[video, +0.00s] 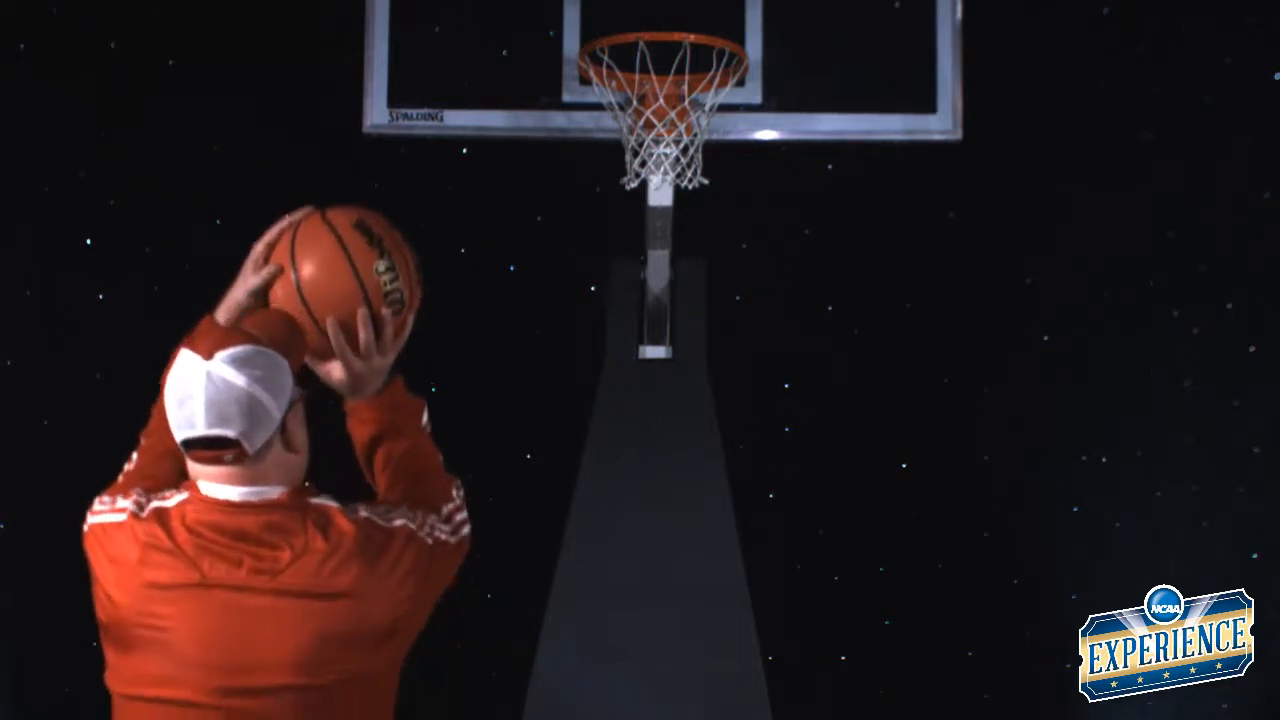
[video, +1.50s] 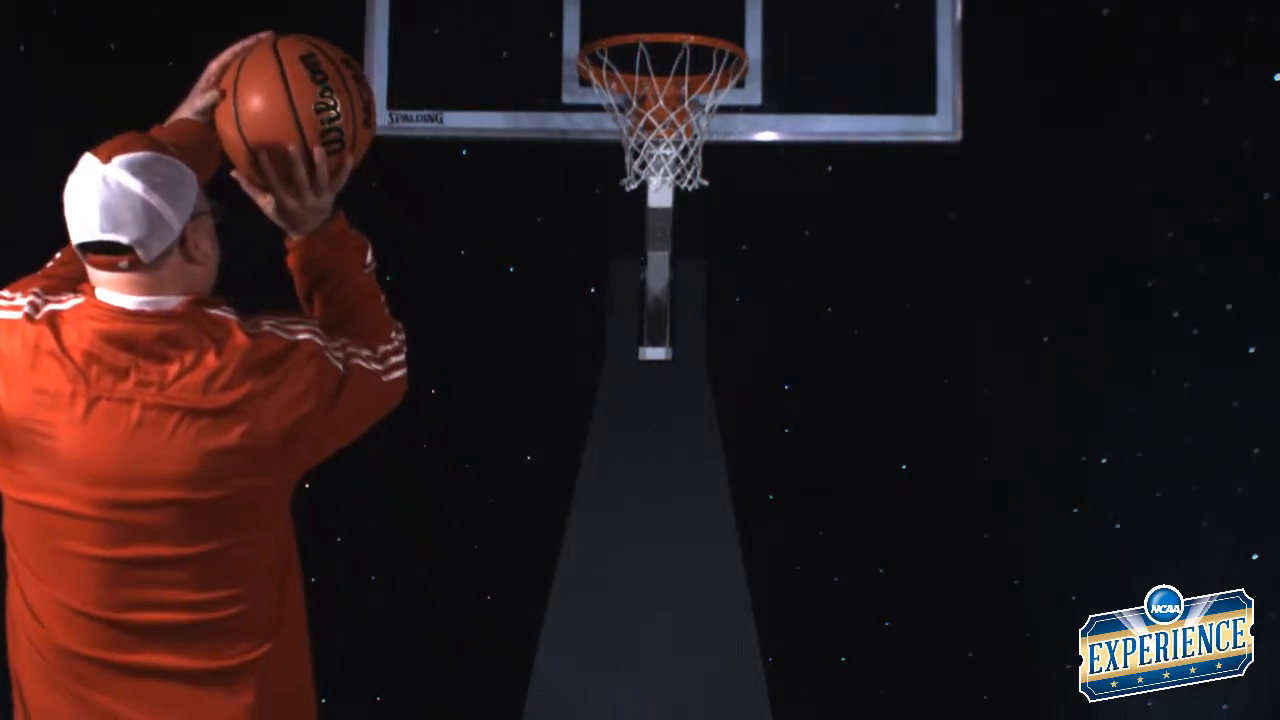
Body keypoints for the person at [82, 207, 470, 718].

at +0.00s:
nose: (303, 411)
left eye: (297, 401)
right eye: (298, 404)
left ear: (179, 429)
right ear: (290, 431)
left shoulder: (118, 549)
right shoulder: (375, 563)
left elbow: (163, 438)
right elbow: (441, 518)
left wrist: (218, 326)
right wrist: (377, 397)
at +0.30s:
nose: (284, 361)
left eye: (277, 351)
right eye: (278, 354)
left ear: (163, 387)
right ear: (270, 384)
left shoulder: (100, 501)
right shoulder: (351, 517)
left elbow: (150, 378)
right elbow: (431, 470)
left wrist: (215, 266)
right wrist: (368, 349)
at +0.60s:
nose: (268, 313)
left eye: (261, 303)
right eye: (260, 305)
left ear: (144, 332)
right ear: (251, 334)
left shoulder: (78, 443)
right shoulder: (329, 463)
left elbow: (136, 320)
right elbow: (420, 428)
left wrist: (209, 212)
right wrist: (357, 306)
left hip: (107, 709)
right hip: (296, 708)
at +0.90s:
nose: (250, 274)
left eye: (243, 265)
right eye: (242, 268)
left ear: (129, 299)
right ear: (233, 297)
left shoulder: (58, 402)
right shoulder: (309, 427)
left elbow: (121, 282)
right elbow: (411, 401)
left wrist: (198, 178)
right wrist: (347, 277)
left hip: (93, 707)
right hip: (278, 706)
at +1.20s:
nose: (230, 244)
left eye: (224, 233)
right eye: (224, 235)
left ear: (113, 267)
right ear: (209, 263)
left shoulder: (37, 376)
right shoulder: (284, 402)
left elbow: (111, 255)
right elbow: (395, 378)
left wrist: (197, 151)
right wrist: (333, 253)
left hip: (76, 704)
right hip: (257, 704)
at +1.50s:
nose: (212, 225)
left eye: (206, 213)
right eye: (205, 217)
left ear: (90, 239)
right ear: (191, 242)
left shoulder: (14, 351)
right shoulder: (260, 378)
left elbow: (90, 242)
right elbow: (380, 362)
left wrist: (183, 133)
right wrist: (320, 236)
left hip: (60, 703)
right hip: (243, 703)